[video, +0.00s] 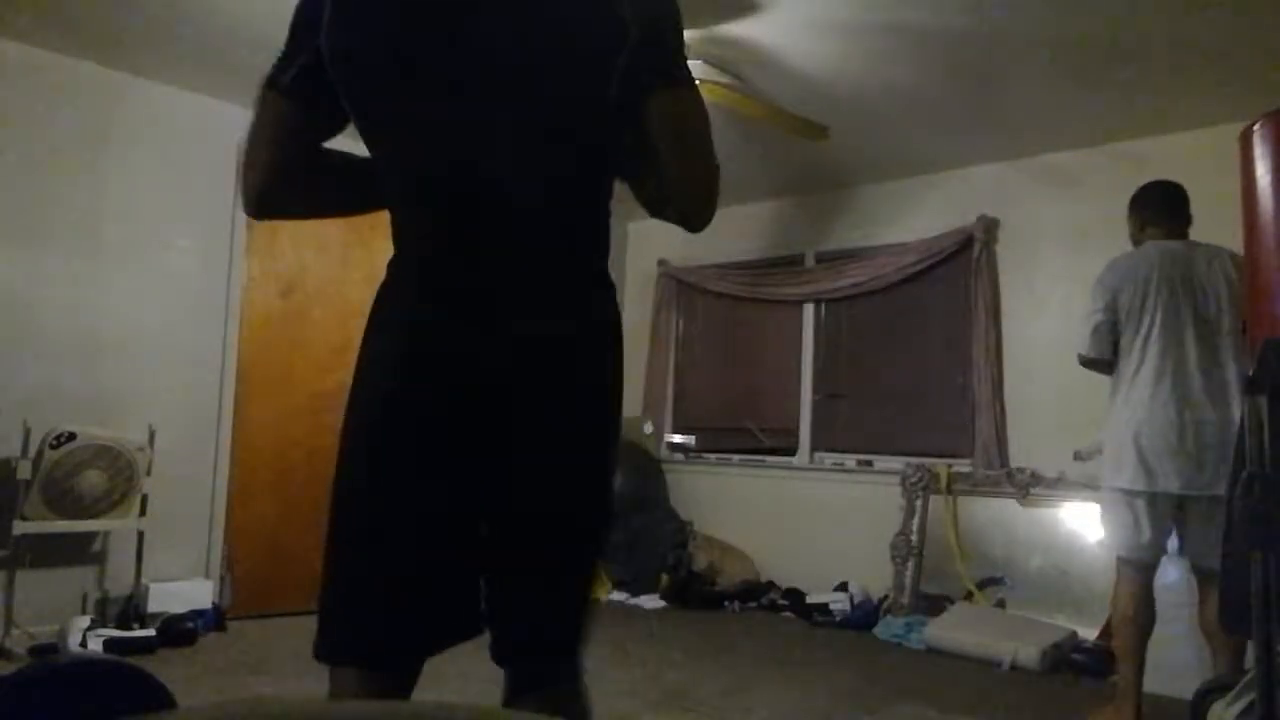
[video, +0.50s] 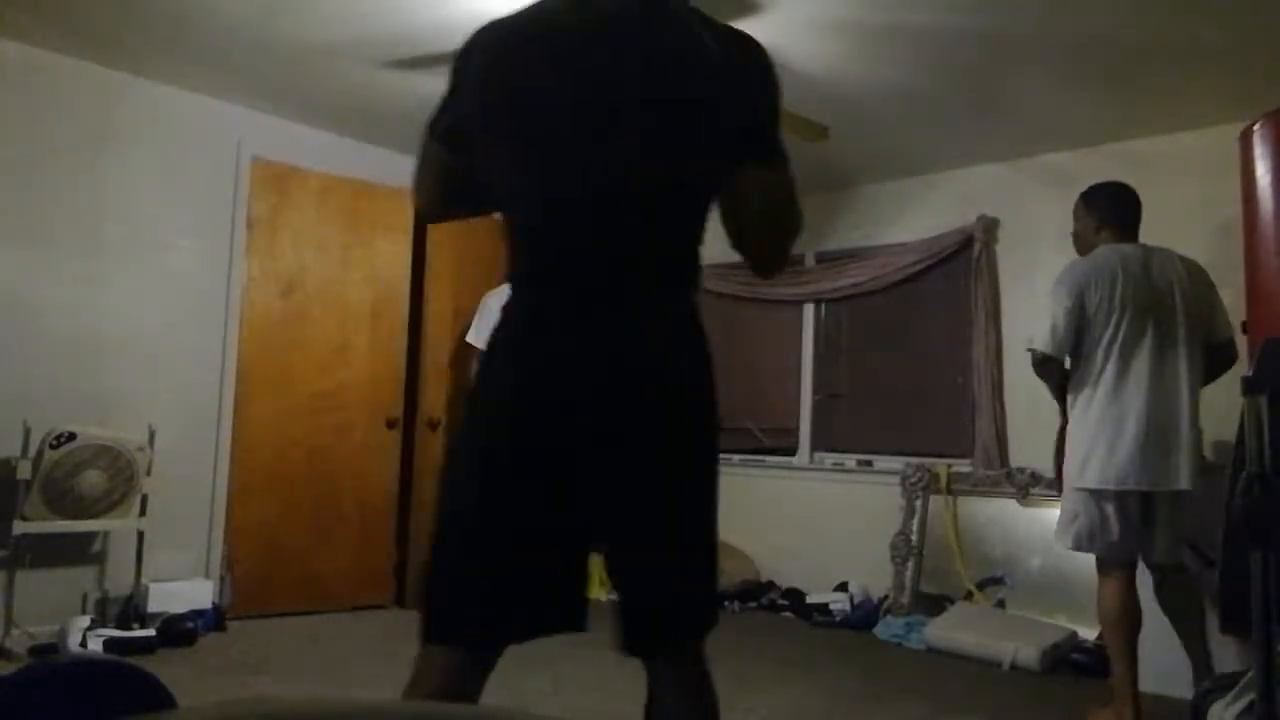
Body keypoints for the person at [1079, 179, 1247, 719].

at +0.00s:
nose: (1132, 235)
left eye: (1131, 227)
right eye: (1136, 229)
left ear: (1137, 226)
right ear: (1188, 222)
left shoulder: (1122, 270)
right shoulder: (1230, 267)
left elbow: (1095, 352)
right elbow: (1247, 347)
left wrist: (1147, 368)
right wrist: (1201, 366)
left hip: (1139, 448)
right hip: (1217, 450)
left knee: (1132, 576)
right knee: (1216, 579)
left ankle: (1127, 703)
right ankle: (1231, 697)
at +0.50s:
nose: (1073, 236)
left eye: (1076, 226)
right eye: (1074, 226)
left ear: (1094, 225)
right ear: (1134, 224)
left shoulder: (1081, 275)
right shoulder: (1188, 272)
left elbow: (1047, 359)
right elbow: (1223, 353)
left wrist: (1072, 403)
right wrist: (1167, 387)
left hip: (1106, 452)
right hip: (1174, 452)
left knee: (1114, 573)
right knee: (1172, 569)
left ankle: (1124, 701)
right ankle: (1205, 678)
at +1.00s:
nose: (1081, 225)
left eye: (1090, 215)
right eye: (1086, 214)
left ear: (1114, 222)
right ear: (1140, 227)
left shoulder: (1104, 271)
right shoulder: (1178, 279)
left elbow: (1096, 348)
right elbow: (1201, 360)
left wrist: (1057, 397)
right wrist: (1149, 392)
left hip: (1112, 453)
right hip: (1170, 454)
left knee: (1106, 565)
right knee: (1150, 566)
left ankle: (1123, 697)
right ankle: (1167, 690)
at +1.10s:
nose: (1081, 230)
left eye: (1091, 219)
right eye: (1087, 219)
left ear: (1116, 225)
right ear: (1139, 230)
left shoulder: (1110, 269)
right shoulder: (1173, 280)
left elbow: (1105, 347)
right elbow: (1189, 358)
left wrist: (1061, 408)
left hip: (1118, 446)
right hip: (1171, 449)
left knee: (1086, 551)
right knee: (1146, 559)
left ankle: (1120, 691)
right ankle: (1164, 689)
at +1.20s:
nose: (1080, 230)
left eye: (1090, 221)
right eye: (1085, 220)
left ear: (1116, 228)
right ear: (1135, 233)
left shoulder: (1113, 269)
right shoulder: (1166, 279)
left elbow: (1115, 346)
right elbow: (1167, 366)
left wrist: (1070, 408)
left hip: (1128, 445)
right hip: (1173, 448)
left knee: (1073, 545)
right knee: (1145, 558)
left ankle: (1115, 681)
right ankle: (1164, 690)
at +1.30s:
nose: (1078, 228)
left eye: (1088, 219)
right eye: (1084, 218)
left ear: (1114, 226)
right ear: (1130, 231)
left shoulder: (1116, 269)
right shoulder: (1156, 277)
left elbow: (1117, 348)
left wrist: (1072, 416)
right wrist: (1093, 418)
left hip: (1133, 446)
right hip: (1169, 448)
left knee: (1066, 539)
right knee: (1143, 559)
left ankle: (1107, 680)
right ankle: (1163, 690)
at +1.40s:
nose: (1072, 228)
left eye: (1083, 219)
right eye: (1078, 218)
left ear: (1111, 227)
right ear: (1124, 232)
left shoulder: (1111, 270)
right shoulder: (1147, 276)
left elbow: (1116, 347)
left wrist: (1080, 415)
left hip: (1125, 445)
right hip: (1160, 446)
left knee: (1068, 546)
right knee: (1139, 559)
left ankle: (1091, 688)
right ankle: (1163, 689)